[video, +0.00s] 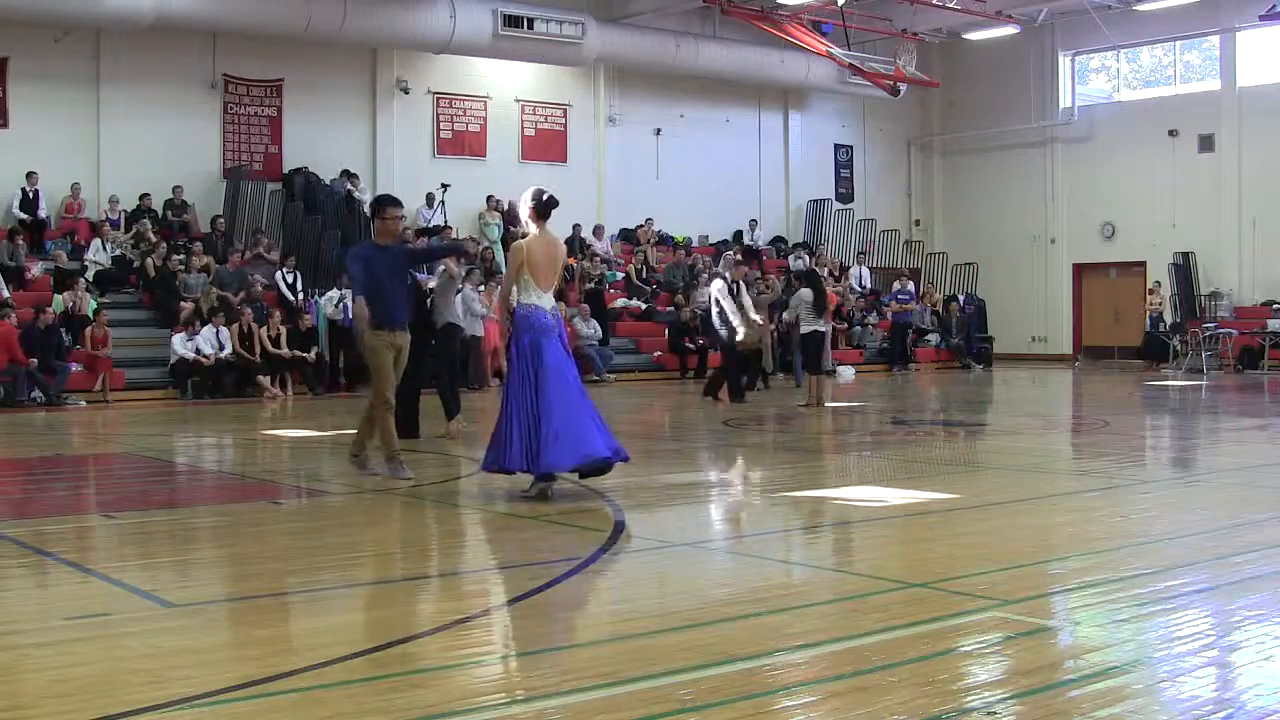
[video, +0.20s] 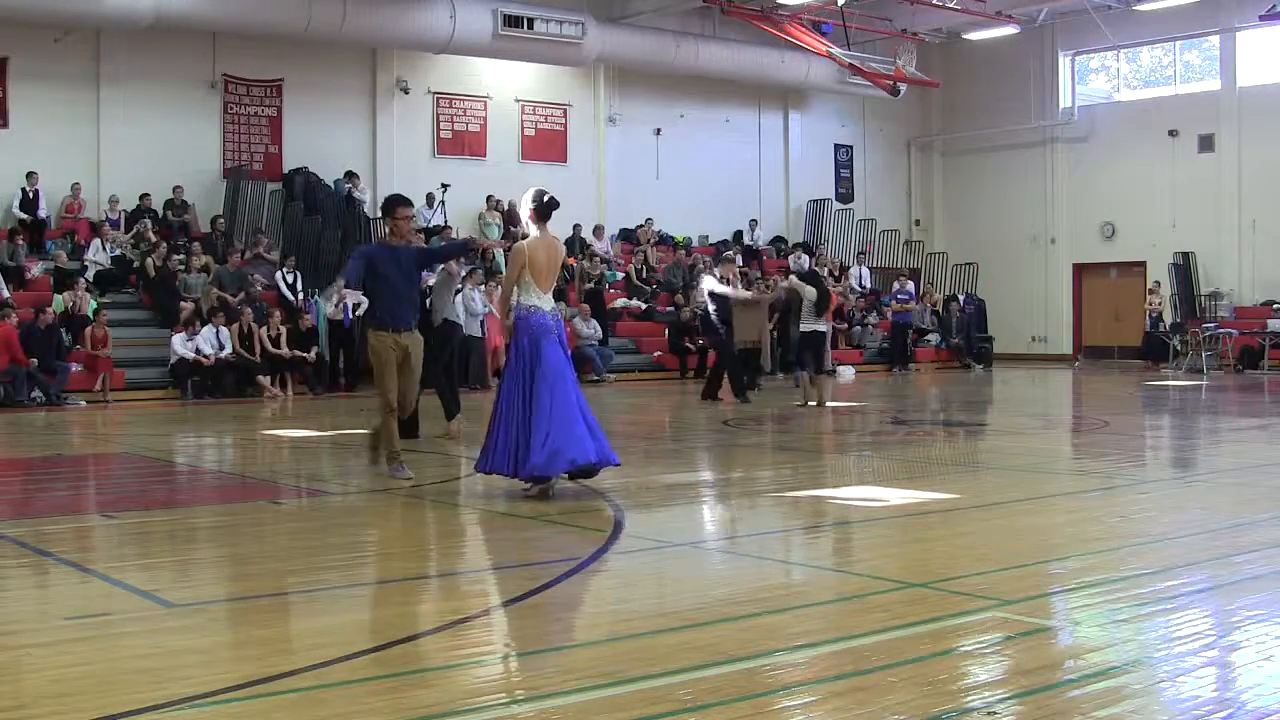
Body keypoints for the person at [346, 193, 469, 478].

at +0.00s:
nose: (400, 225)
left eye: (401, 219)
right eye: (394, 219)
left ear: (400, 220)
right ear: (378, 220)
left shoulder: (401, 252)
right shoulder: (360, 252)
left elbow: (429, 252)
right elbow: (357, 277)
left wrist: (459, 246)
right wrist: (359, 298)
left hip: (402, 334)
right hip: (376, 334)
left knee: (383, 396)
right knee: (385, 397)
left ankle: (357, 450)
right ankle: (393, 458)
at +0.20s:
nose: (410, 224)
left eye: (411, 218)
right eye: (404, 219)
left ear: (412, 220)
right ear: (388, 221)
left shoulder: (414, 253)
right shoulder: (368, 252)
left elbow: (441, 252)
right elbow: (352, 272)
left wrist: (470, 244)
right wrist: (347, 286)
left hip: (412, 337)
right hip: (382, 337)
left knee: (407, 405)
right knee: (390, 403)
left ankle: (377, 436)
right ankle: (394, 459)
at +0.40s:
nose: (417, 224)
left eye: (420, 219)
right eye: (411, 219)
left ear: (422, 220)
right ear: (397, 221)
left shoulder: (424, 253)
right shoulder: (380, 251)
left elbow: (453, 253)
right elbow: (356, 261)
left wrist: (480, 247)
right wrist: (364, 263)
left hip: (418, 336)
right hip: (385, 337)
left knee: (429, 396)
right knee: (392, 401)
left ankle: (423, 458)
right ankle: (395, 459)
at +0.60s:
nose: (424, 224)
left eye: (428, 219)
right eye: (418, 219)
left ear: (434, 221)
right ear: (407, 221)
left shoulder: (439, 253)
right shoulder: (394, 252)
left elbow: (468, 255)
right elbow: (389, 262)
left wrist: (499, 251)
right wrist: (416, 269)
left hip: (432, 337)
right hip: (400, 337)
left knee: (443, 401)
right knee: (397, 402)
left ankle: (456, 461)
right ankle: (396, 460)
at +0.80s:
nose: (433, 222)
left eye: (438, 217)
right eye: (428, 216)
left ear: (447, 219)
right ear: (420, 218)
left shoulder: (454, 252)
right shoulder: (408, 252)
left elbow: (492, 255)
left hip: (455, 337)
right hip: (422, 337)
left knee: (458, 400)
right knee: (415, 399)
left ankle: (458, 462)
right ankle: (400, 457)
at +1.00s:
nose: (443, 221)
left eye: (449, 215)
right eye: (438, 215)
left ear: (459, 217)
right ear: (432, 217)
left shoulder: (471, 249)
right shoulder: (422, 252)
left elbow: (500, 258)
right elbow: (418, 294)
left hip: (469, 332)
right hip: (440, 332)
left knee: (470, 396)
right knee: (447, 395)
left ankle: (464, 455)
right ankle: (426, 448)